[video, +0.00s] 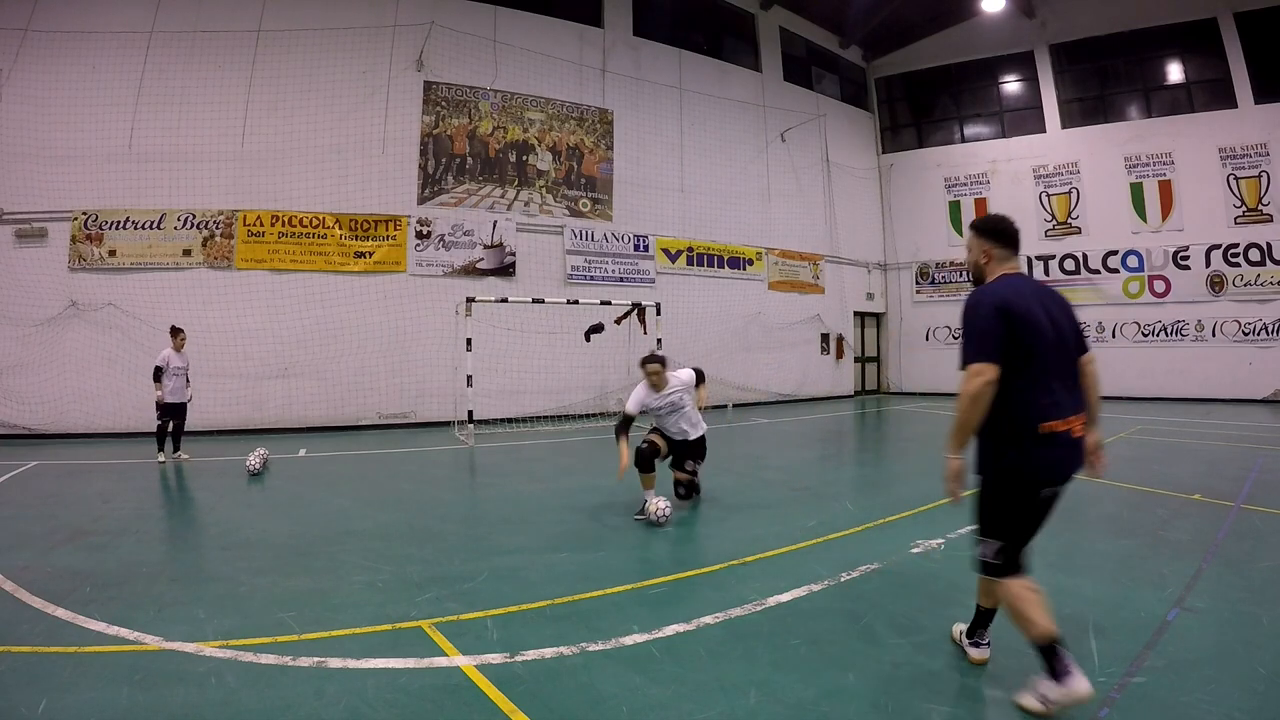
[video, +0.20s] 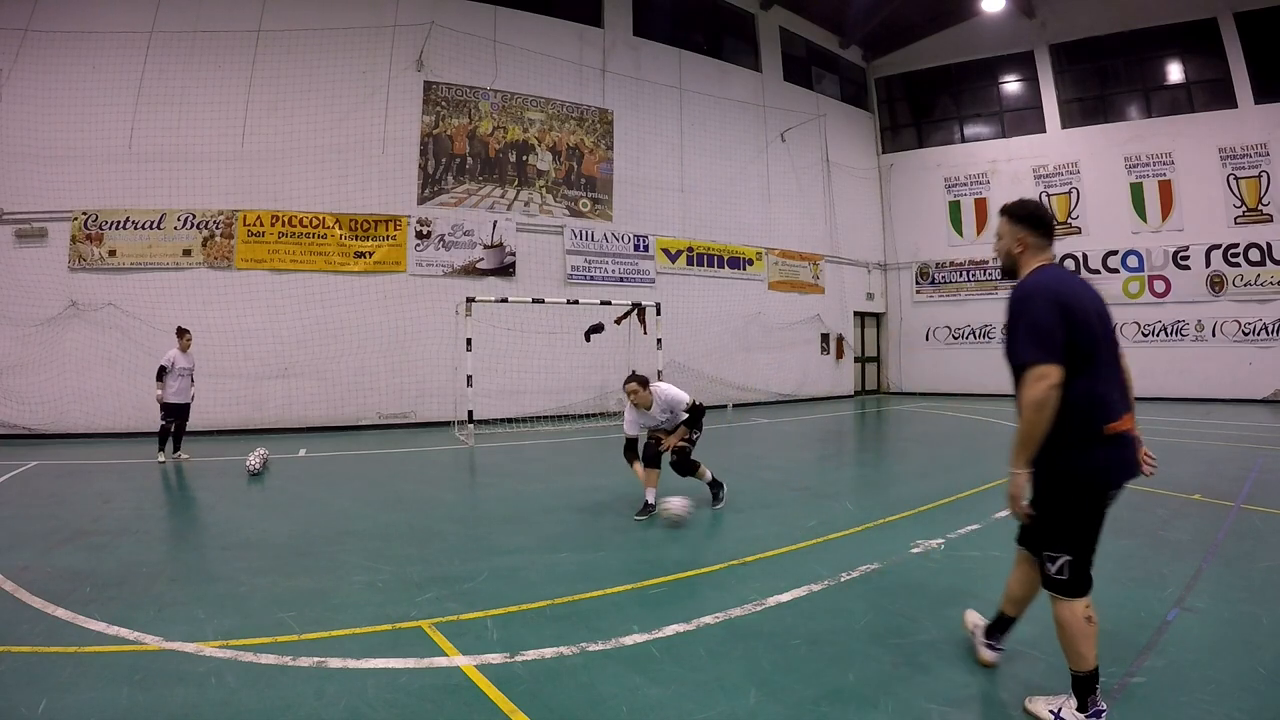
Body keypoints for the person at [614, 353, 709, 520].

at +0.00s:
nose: (653, 379)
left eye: (657, 374)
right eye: (649, 375)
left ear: (665, 371)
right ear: (644, 374)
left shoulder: (682, 378)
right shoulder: (640, 393)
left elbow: (699, 373)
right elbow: (622, 427)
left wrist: (701, 392)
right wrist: (624, 457)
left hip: (692, 436)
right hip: (665, 432)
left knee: (682, 493)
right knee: (644, 453)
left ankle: (692, 483)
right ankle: (649, 502)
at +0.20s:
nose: (631, 398)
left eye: (635, 393)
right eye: (628, 394)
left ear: (646, 389)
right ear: (626, 396)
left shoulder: (666, 393)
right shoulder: (631, 412)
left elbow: (698, 411)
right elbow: (629, 448)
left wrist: (676, 436)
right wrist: (639, 470)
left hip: (685, 421)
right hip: (659, 429)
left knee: (679, 462)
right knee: (650, 452)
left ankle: (715, 485)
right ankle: (650, 503)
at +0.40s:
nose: (603, 375)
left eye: (605, 370)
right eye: (603, 370)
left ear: (618, 371)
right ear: (616, 371)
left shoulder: (644, 378)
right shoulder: (619, 387)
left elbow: (678, 388)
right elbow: (621, 406)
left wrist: (659, 413)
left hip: (678, 415)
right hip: (654, 418)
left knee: (680, 462)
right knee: (629, 445)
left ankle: (719, 490)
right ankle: (648, 491)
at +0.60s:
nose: (571, 349)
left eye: (574, 346)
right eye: (572, 346)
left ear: (583, 348)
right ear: (583, 348)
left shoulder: (599, 357)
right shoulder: (589, 367)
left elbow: (636, 362)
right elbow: (583, 393)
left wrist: (651, 389)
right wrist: (569, 380)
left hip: (636, 402)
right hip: (626, 407)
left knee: (625, 453)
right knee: (622, 454)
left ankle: (674, 468)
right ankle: (656, 481)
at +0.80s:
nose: (536, 348)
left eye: (539, 345)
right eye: (537, 344)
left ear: (548, 347)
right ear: (549, 346)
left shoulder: (566, 359)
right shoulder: (547, 360)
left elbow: (589, 372)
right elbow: (533, 372)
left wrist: (599, 390)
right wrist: (524, 396)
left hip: (578, 404)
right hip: (591, 402)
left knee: (549, 434)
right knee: (601, 444)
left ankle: (553, 480)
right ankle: (636, 468)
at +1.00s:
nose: (500, 351)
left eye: (502, 348)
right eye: (501, 348)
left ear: (510, 350)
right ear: (514, 349)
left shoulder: (518, 367)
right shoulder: (526, 356)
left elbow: (530, 390)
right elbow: (540, 354)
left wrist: (510, 399)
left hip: (541, 403)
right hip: (548, 398)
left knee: (525, 447)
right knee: (519, 424)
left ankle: (546, 478)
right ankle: (538, 454)